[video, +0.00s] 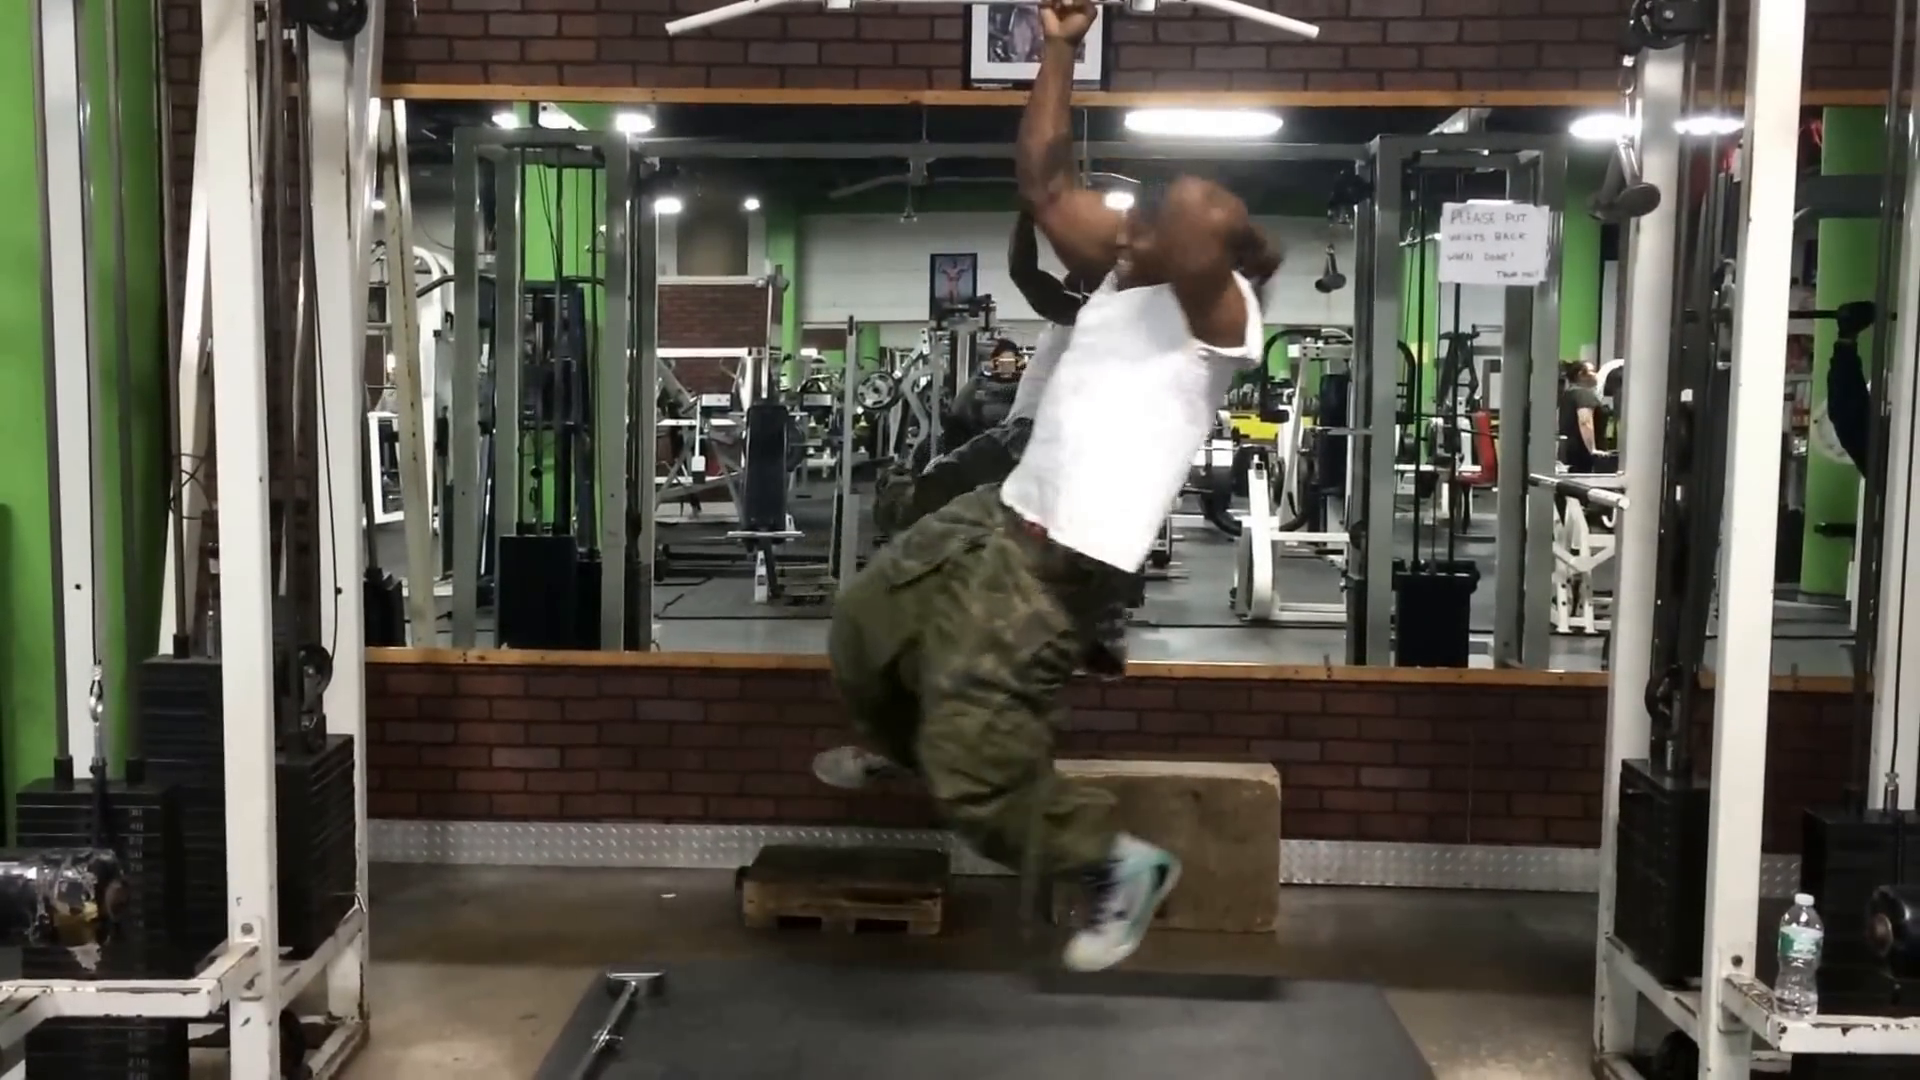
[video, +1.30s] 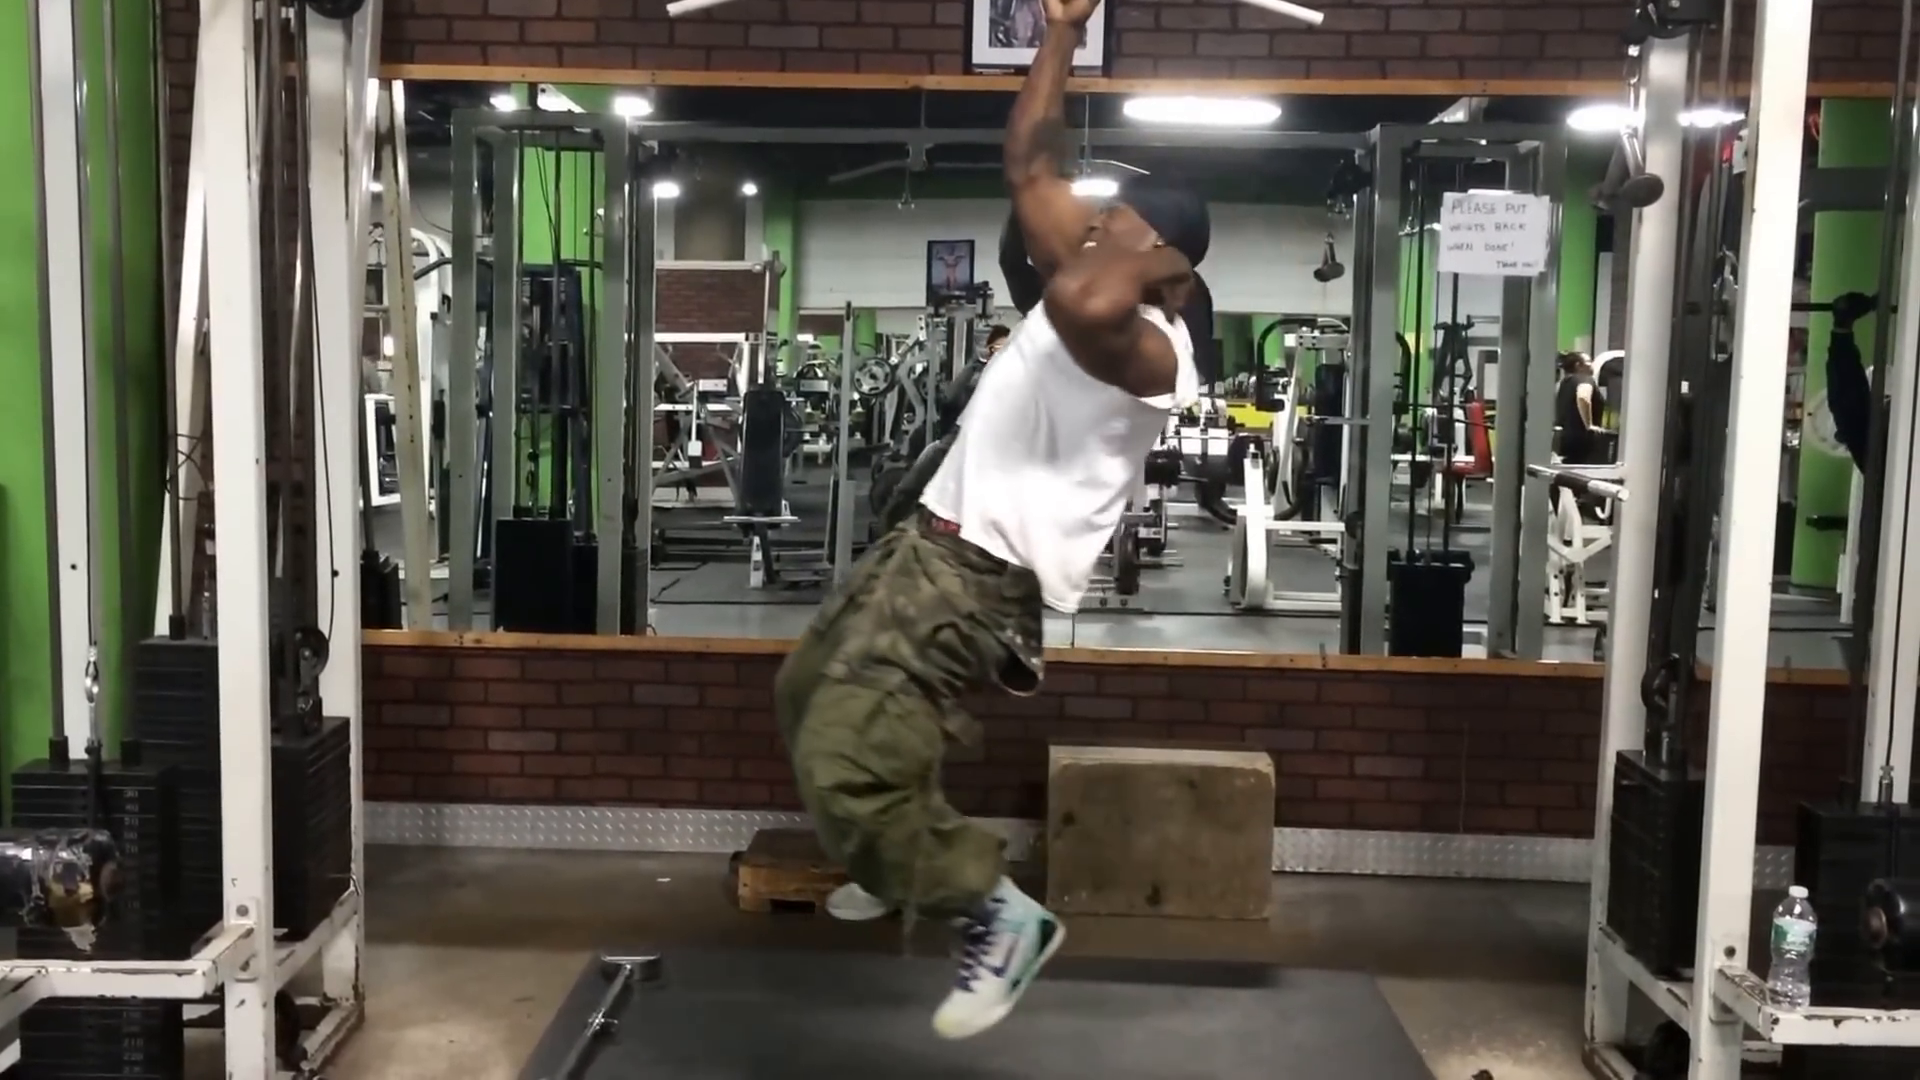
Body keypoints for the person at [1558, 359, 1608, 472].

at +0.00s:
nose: (1596, 374)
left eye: (1594, 371)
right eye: (1592, 371)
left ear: (1580, 375)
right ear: (1581, 375)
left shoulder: (1568, 393)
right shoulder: (1585, 394)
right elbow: (1585, 422)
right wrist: (1593, 449)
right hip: (1582, 453)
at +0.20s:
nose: (1595, 374)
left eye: (1594, 370)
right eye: (1592, 370)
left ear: (1580, 374)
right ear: (1581, 374)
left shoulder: (1568, 391)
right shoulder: (1587, 390)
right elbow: (1586, 409)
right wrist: (1593, 436)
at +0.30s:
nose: (1596, 374)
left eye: (1595, 370)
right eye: (1592, 370)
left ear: (1580, 375)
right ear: (1582, 374)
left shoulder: (1567, 390)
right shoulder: (1587, 388)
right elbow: (1586, 404)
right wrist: (1595, 430)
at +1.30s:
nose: (1592, 365)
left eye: (1590, 361)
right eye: (1588, 361)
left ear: (1576, 366)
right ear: (1578, 366)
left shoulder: (1564, 382)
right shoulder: (1585, 380)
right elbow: (1583, 398)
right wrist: (1589, 424)